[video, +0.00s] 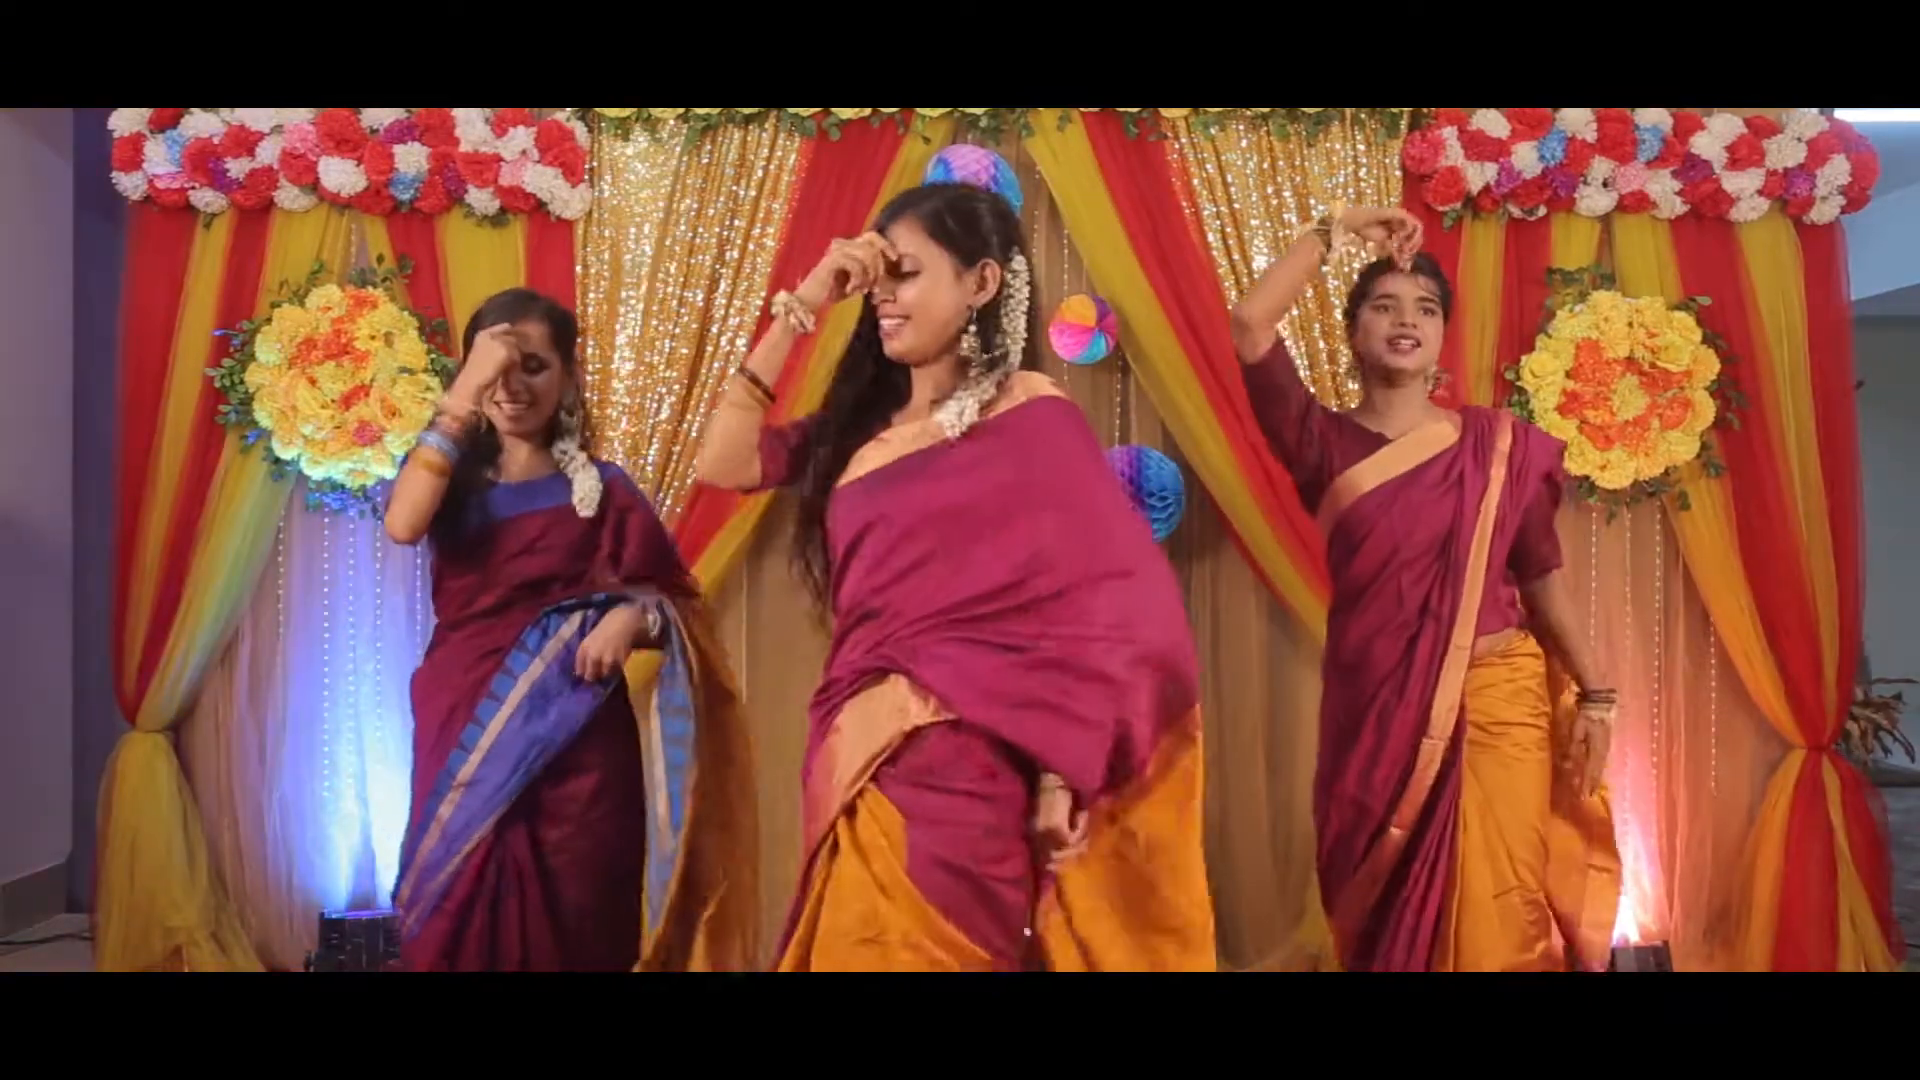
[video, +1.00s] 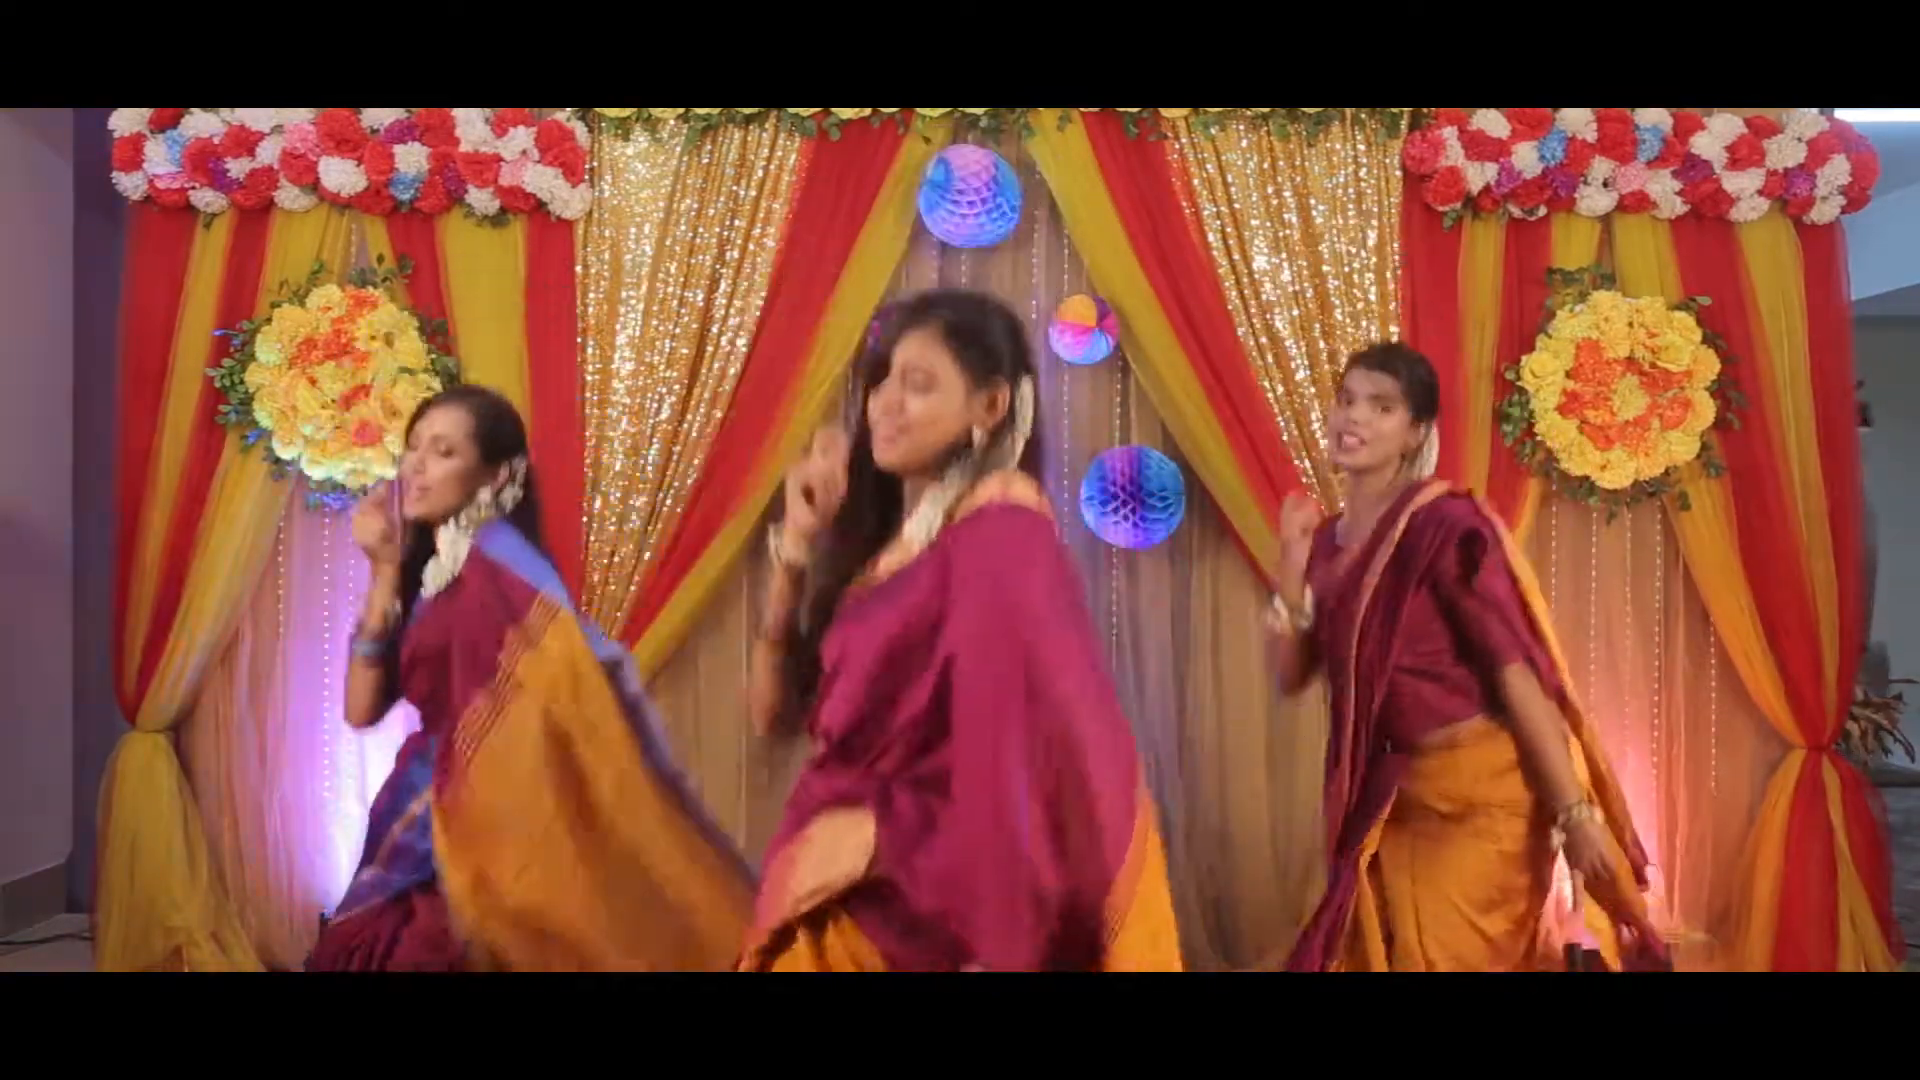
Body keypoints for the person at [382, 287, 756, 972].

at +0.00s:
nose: (513, 384)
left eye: (533, 367)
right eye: (497, 368)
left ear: (570, 380)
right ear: (472, 381)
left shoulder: (604, 486)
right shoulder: (446, 473)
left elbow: (673, 601)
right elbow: (404, 524)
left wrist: (631, 618)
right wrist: (461, 391)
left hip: (585, 739)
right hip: (464, 738)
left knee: (584, 933)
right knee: (462, 929)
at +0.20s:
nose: (508, 364)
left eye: (530, 345)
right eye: (492, 346)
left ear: (565, 360)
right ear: (468, 362)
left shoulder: (607, 465)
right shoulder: (448, 463)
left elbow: (709, 578)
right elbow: (403, 514)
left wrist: (641, 614)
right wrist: (459, 382)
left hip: (584, 724)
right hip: (464, 726)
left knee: (596, 927)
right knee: (463, 927)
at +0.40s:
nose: (514, 361)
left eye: (535, 346)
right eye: (495, 344)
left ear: (563, 368)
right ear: (470, 363)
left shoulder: (597, 465)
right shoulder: (445, 466)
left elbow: (704, 566)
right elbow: (372, 578)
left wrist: (613, 651)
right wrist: (405, 443)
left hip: (564, 714)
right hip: (451, 715)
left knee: (565, 927)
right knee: (441, 920)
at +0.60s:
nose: (484, 324)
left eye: (514, 316)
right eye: (478, 307)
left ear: (549, 351)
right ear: (458, 326)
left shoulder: (560, 438)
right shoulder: (437, 450)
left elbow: (662, 545)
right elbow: (315, 497)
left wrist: (548, 626)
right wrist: (361, 382)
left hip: (532, 710)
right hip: (437, 713)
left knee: (524, 928)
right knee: (428, 916)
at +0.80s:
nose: (444, 326)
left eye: (473, 317)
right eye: (446, 311)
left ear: (523, 352)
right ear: (433, 326)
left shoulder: (523, 429)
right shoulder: (423, 436)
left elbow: (628, 528)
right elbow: (327, 519)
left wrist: (515, 622)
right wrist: (362, 378)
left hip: (502, 684)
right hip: (422, 683)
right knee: (407, 871)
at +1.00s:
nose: (414, 466)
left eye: (442, 452)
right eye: (413, 447)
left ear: (499, 475)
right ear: (402, 455)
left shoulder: (504, 563)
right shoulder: (427, 564)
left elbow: (592, 671)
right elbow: (362, 710)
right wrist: (383, 571)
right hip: (433, 811)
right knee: (351, 943)